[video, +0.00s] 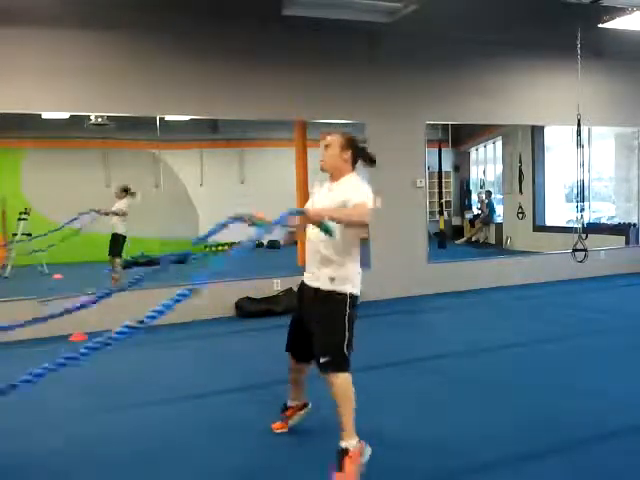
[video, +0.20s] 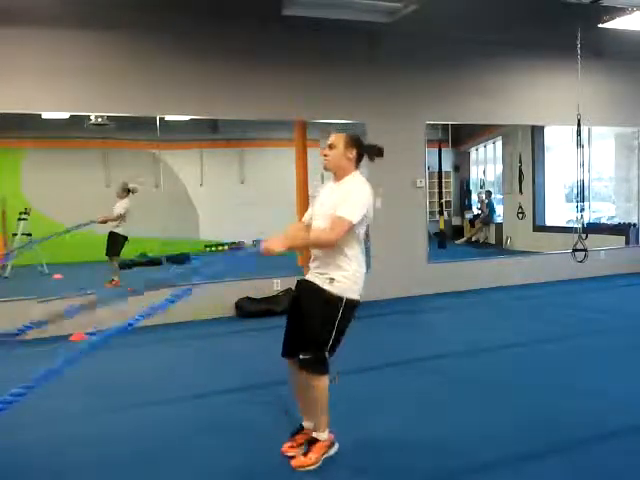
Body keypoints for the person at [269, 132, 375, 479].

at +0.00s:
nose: (321, 155)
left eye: (327, 148)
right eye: (322, 149)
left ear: (347, 154)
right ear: (332, 156)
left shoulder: (357, 188)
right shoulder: (321, 189)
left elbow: (365, 216)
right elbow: (307, 226)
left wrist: (322, 215)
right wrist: (273, 222)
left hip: (339, 289)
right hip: (311, 284)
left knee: (335, 367)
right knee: (298, 355)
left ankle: (350, 443)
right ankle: (296, 403)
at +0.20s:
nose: (323, 153)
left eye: (330, 147)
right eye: (325, 147)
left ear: (352, 154)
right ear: (343, 155)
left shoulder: (358, 189)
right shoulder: (327, 188)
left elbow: (332, 235)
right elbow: (302, 226)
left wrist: (289, 239)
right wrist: (286, 240)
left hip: (338, 288)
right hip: (313, 282)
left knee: (313, 361)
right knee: (295, 356)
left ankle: (324, 437)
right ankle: (309, 428)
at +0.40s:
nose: (327, 158)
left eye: (335, 152)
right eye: (329, 152)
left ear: (353, 162)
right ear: (337, 161)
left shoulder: (359, 196)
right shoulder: (327, 195)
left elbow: (356, 233)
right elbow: (306, 227)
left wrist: (311, 237)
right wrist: (288, 239)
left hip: (339, 298)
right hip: (315, 292)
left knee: (324, 374)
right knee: (304, 369)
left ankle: (325, 440)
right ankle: (309, 430)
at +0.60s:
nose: (317, 144)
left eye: (322, 138)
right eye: (318, 138)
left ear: (341, 141)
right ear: (329, 143)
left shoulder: (353, 171)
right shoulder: (319, 176)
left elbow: (371, 181)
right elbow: (297, 189)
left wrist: (362, 171)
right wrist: (270, 185)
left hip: (342, 279)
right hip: (314, 275)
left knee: (344, 359)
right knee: (304, 342)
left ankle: (351, 442)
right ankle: (299, 401)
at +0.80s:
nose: (289, 175)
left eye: (295, 170)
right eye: (290, 170)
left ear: (316, 178)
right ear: (307, 178)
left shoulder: (334, 210)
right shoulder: (300, 213)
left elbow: (353, 226)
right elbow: (293, 222)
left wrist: (364, 219)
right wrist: (273, 212)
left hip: (335, 308)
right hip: (307, 305)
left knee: (330, 384)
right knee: (292, 369)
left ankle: (363, 462)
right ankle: (303, 415)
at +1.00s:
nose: (299, 148)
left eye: (305, 142)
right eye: (299, 142)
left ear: (327, 148)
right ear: (309, 149)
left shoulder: (339, 182)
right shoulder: (305, 183)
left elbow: (345, 215)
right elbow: (302, 220)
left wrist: (309, 204)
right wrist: (273, 215)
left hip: (314, 281)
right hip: (287, 276)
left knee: (301, 362)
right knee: (274, 351)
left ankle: (309, 439)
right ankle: (279, 416)